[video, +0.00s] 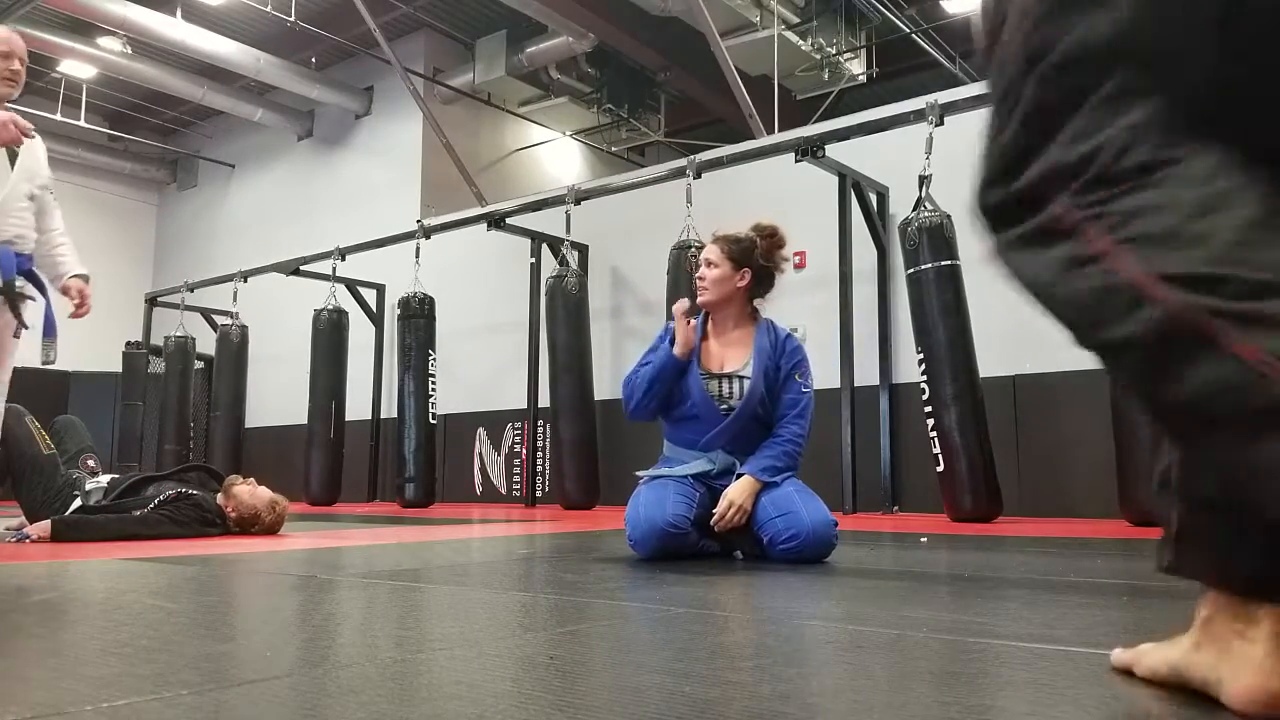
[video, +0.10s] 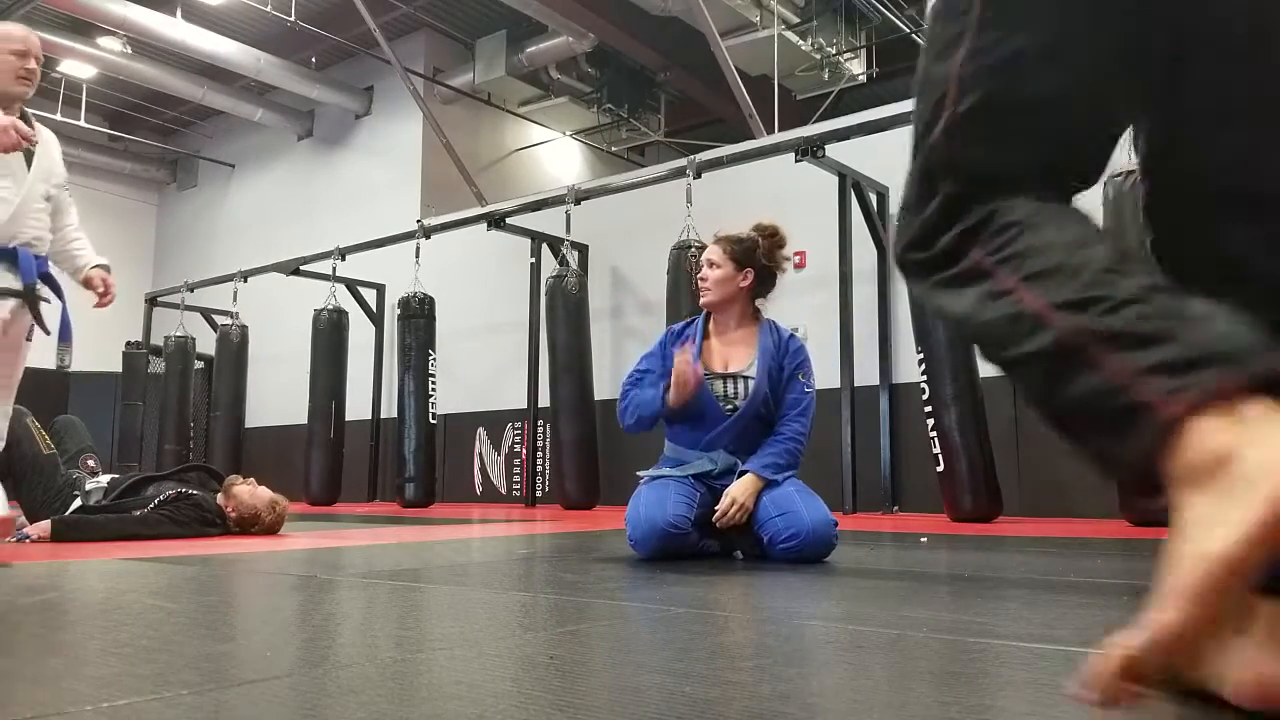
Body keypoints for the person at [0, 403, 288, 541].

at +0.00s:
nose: (247, 477)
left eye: (250, 487)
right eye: (255, 483)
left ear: (233, 508)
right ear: (235, 504)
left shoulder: (199, 513)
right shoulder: (214, 490)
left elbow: (130, 524)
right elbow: (151, 485)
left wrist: (57, 527)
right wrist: (110, 480)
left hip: (69, 500)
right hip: (98, 485)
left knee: (12, 415)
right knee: (66, 421)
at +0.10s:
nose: (247, 477)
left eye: (250, 487)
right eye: (255, 483)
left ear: (235, 509)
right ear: (236, 504)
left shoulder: (200, 513)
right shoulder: (213, 490)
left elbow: (131, 524)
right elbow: (151, 484)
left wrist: (57, 527)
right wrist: (109, 479)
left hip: (68, 500)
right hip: (97, 484)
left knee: (15, 415)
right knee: (67, 422)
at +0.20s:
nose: (248, 477)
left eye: (251, 488)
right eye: (256, 483)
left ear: (234, 510)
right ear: (234, 505)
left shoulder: (200, 513)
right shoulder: (212, 488)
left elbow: (130, 525)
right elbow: (152, 486)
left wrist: (50, 526)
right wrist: (110, 482)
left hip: (69, 503)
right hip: (98, 485)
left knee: (16, 415)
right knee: (67, 423)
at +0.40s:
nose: (248, 477)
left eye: (251, 486)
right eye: (256, 481)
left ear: (235, 511)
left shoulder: (201, 513)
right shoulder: (209, 484)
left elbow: (129, 525)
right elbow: (148, 484)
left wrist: (53, 526)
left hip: (69, 502)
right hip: (90, 483)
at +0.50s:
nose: (249, 478)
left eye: (252, 488)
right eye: (256, 483)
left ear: (231, 510)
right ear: (232, 506)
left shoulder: (201, 512)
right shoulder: (209, 490)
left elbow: (129, 524)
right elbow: (141, 495)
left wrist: (54, 526)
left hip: (73, 501)